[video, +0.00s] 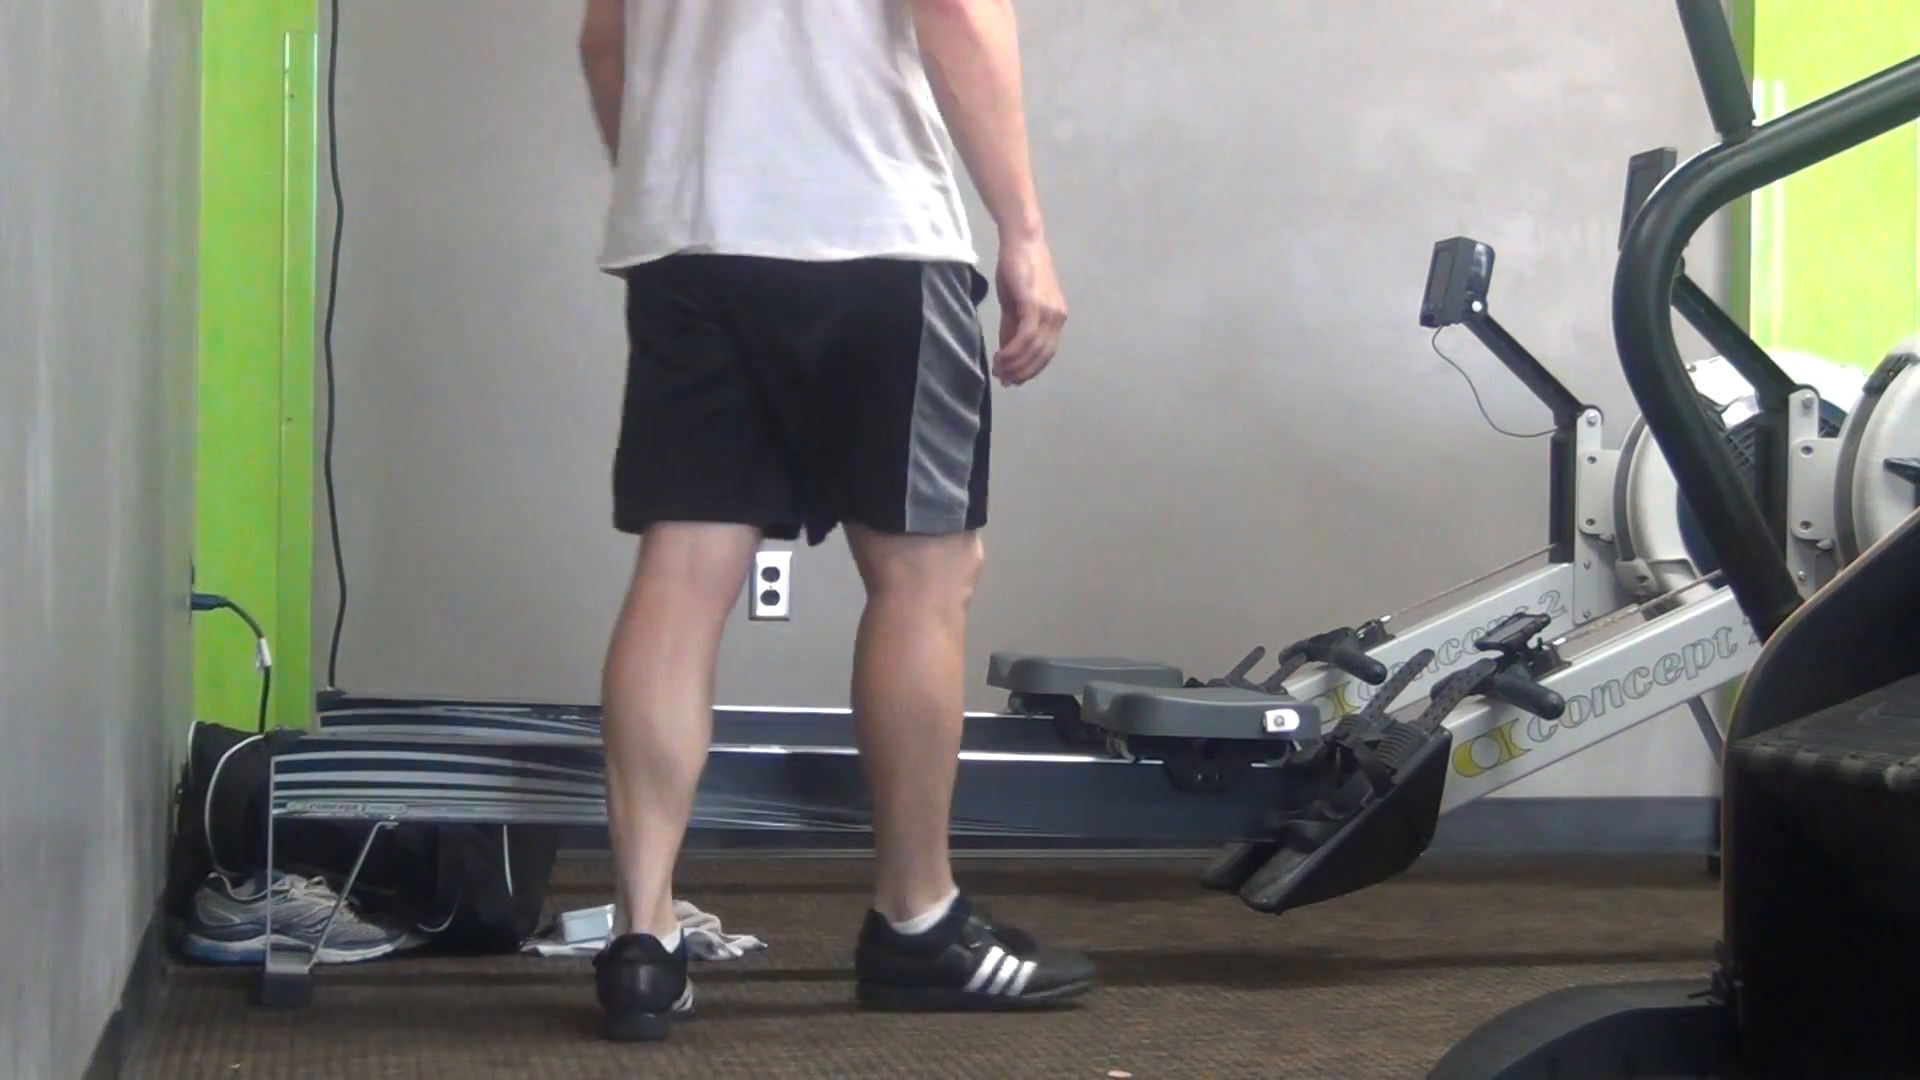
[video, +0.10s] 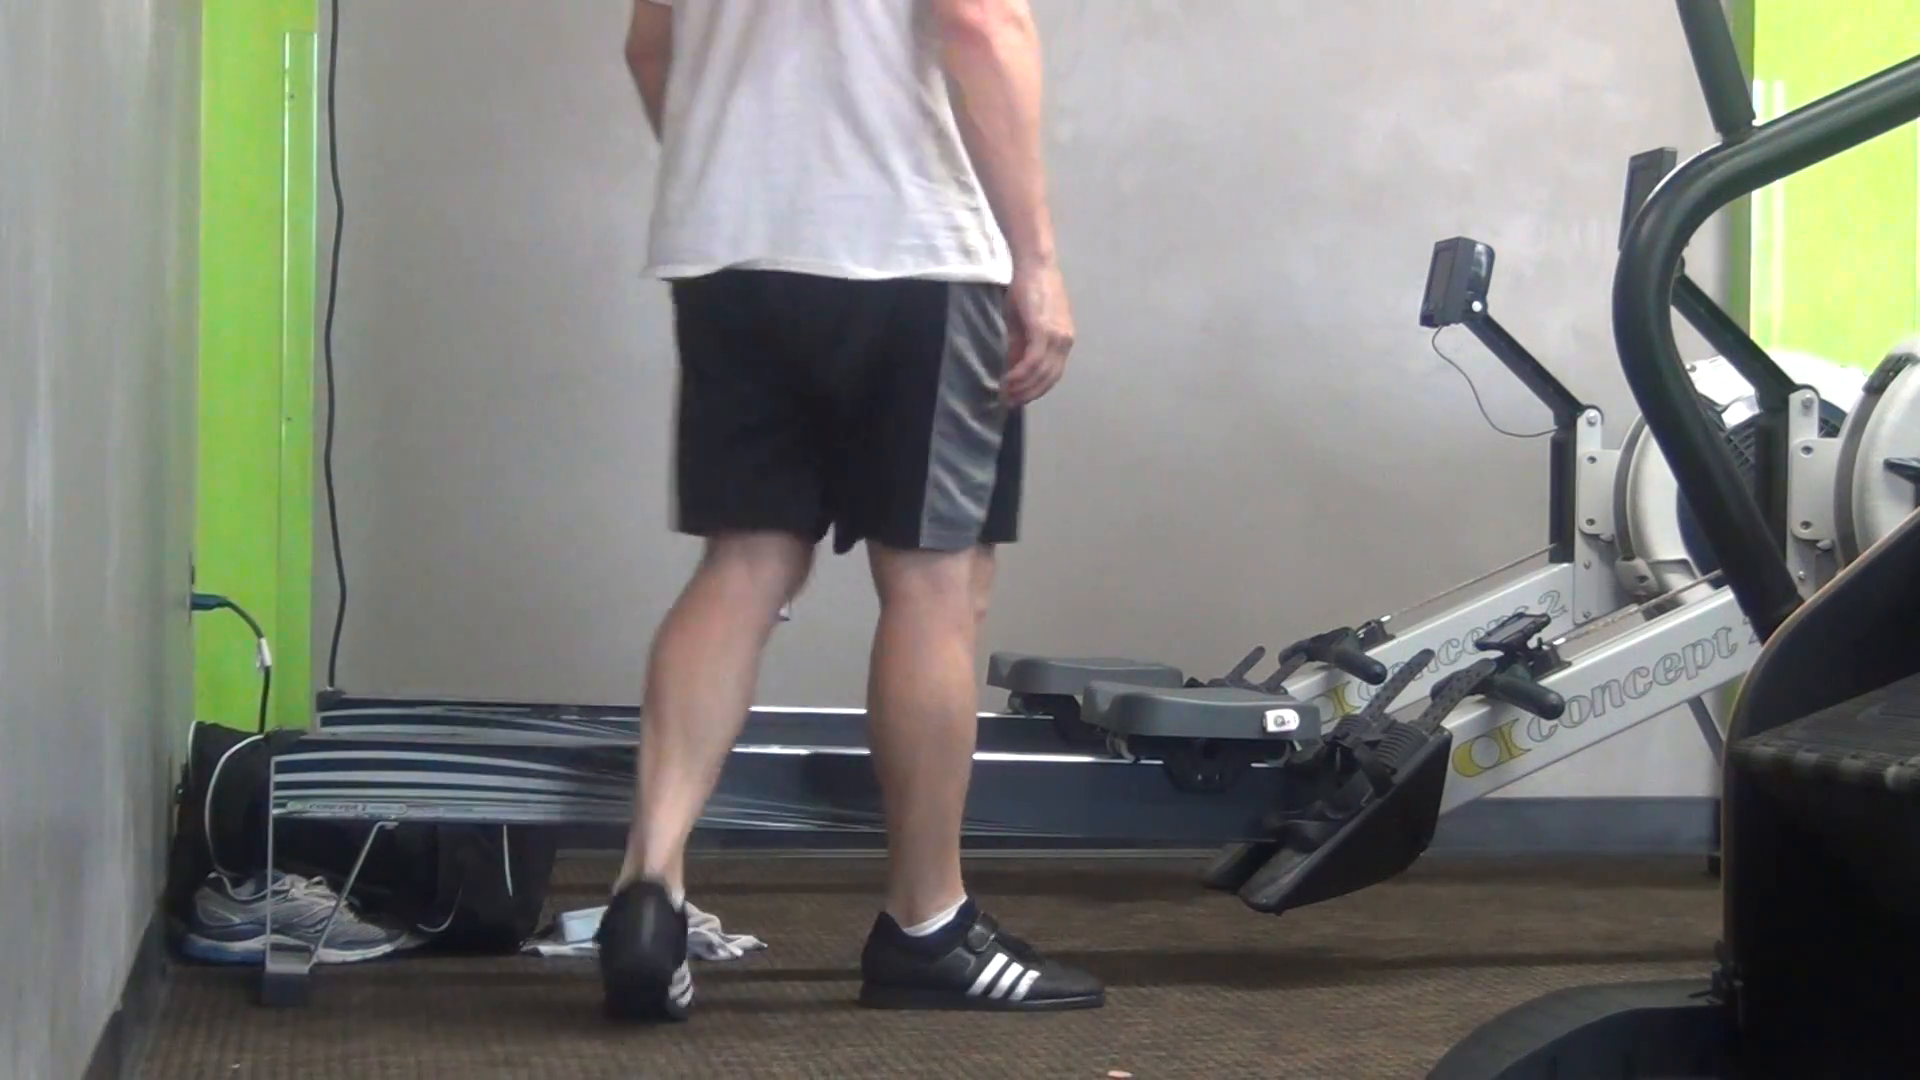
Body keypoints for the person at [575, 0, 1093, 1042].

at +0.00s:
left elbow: (605, 33)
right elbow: (954, 12)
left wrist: (674, 197)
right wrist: (1023, 229)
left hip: (686, 220)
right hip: (877, 219)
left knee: (682, 572)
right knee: (924, 582)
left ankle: (642, 945)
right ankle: (916, 924)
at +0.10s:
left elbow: (651, 40)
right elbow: (976, 21)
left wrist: (735, 197)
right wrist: (1036, 254)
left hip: (724, 226)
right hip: (911, 232)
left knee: (744, 561)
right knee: (935, 588)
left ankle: (647, 892)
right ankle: (927, 925)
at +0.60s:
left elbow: (844, 24)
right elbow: (1017, 40)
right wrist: (1078, 259)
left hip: (900, 192)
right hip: (972, 214)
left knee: (1089, 457)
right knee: (1001, 563)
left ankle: (865, 705)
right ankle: (928, 923)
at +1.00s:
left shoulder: (1171, 21)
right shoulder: (1139, 1)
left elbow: (1150, 192)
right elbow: (1024, 46)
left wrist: (1185, 359)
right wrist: (1080, 259)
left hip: (1018, 269)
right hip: (990, 263)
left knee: (1092, 574)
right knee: (1134, 555)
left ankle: (1086, 866)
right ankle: (985, 885)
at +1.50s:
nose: (1392, 243)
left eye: (1414, 231)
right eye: (1411, 213)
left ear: (1375, 145)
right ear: (1382, 143)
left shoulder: (1269, 258)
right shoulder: (1246, 136)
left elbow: (1248, 445)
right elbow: (1079, 175)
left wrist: (1258, 633)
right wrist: (1086, 381)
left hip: (1021, 413)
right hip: (982, 397)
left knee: (1199, 607)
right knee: (1256, 590)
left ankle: (1096, 884)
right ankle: (1142, 929)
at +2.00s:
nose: (1274, 283)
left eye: (1289, 265)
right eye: (1283, 253)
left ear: (1233, 198)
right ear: (1235, 197)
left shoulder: (1160, 301)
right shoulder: (1110, 242)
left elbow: (1190, 507)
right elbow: (966, 358)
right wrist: (1067, 522)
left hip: (1021, 585)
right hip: (965, 591)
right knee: (1313, 624)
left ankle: (1102, 880)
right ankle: (1148, 930)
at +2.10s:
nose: (1230, 271)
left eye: (1247, 253)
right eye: (1238, 240)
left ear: (1185, 188)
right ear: (1187, 184)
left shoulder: (1125, 302)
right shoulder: (1065, 241)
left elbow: (1166, 504)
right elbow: (924, 371)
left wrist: (1219, 649)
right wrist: (1035, 527)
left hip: (997, 588)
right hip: (936, 598)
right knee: (1286, 617)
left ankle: (1099, 882)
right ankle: (1145, 929)